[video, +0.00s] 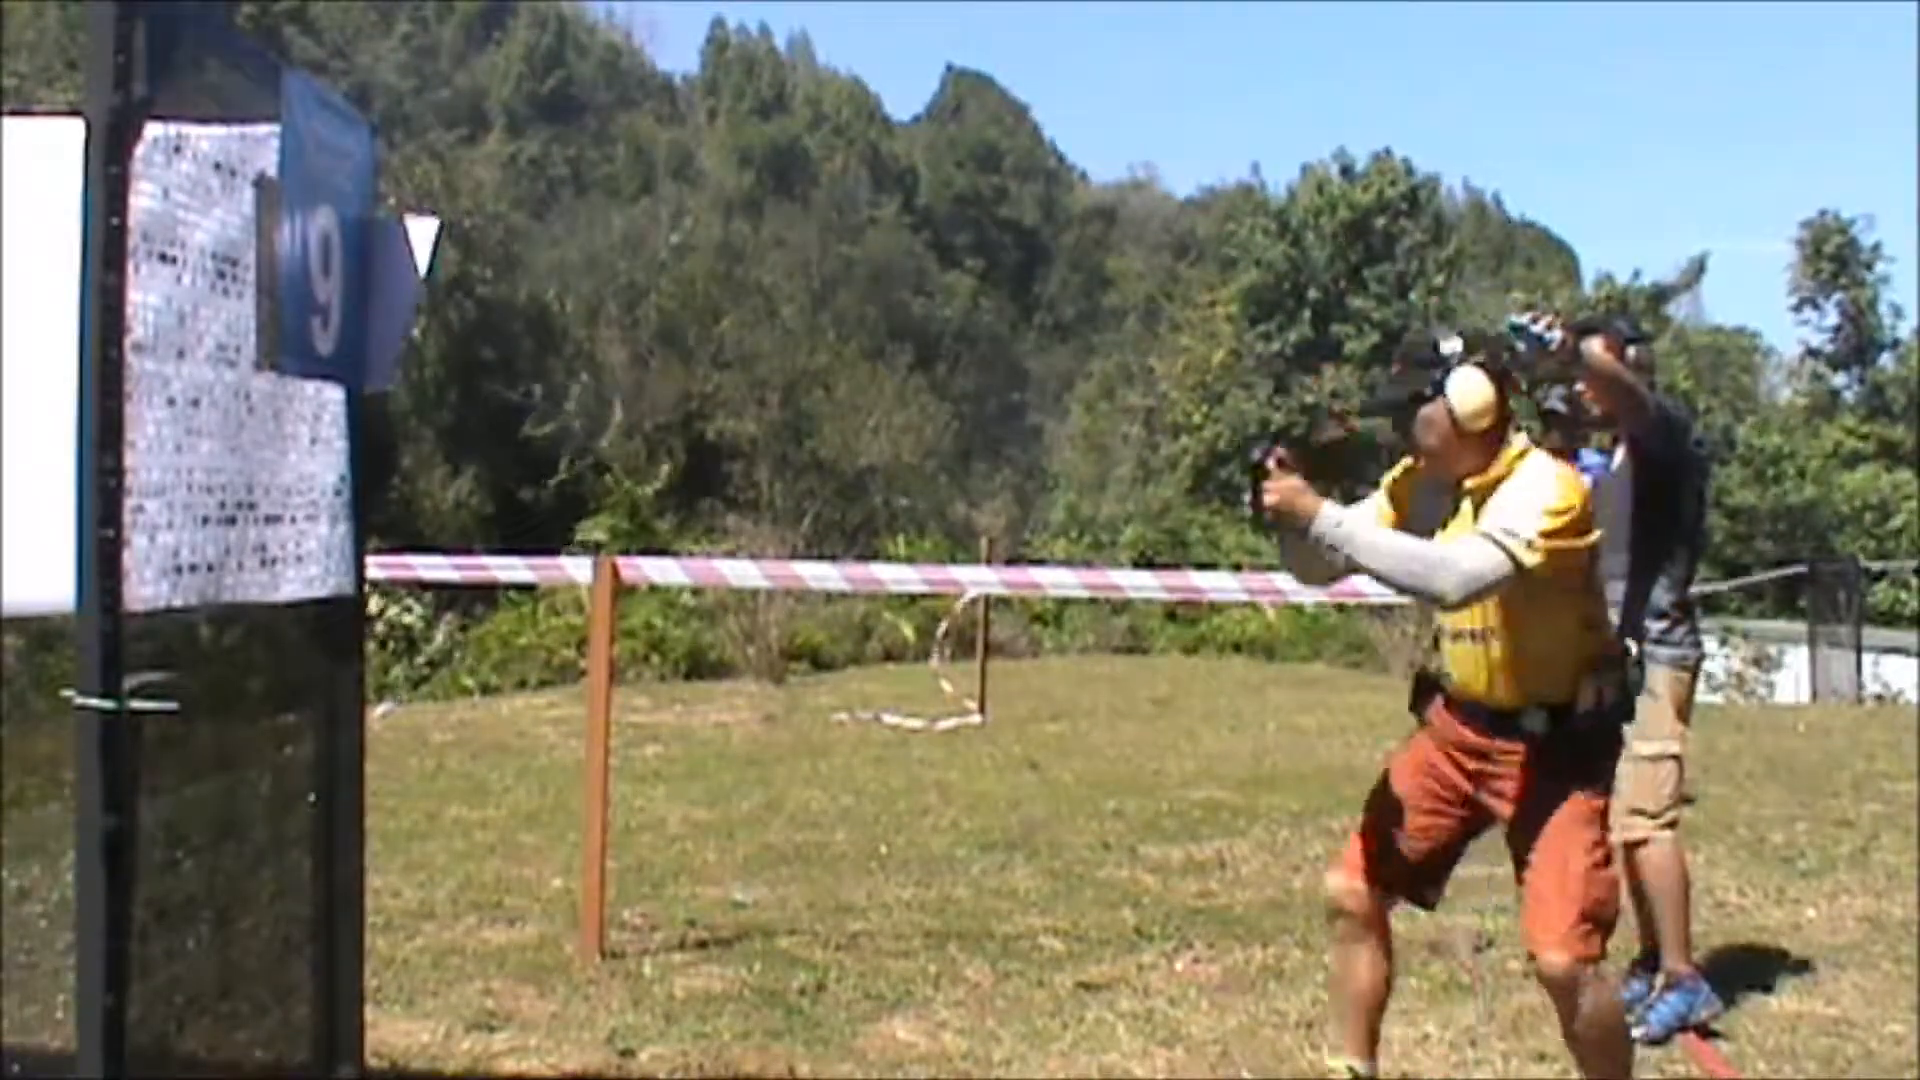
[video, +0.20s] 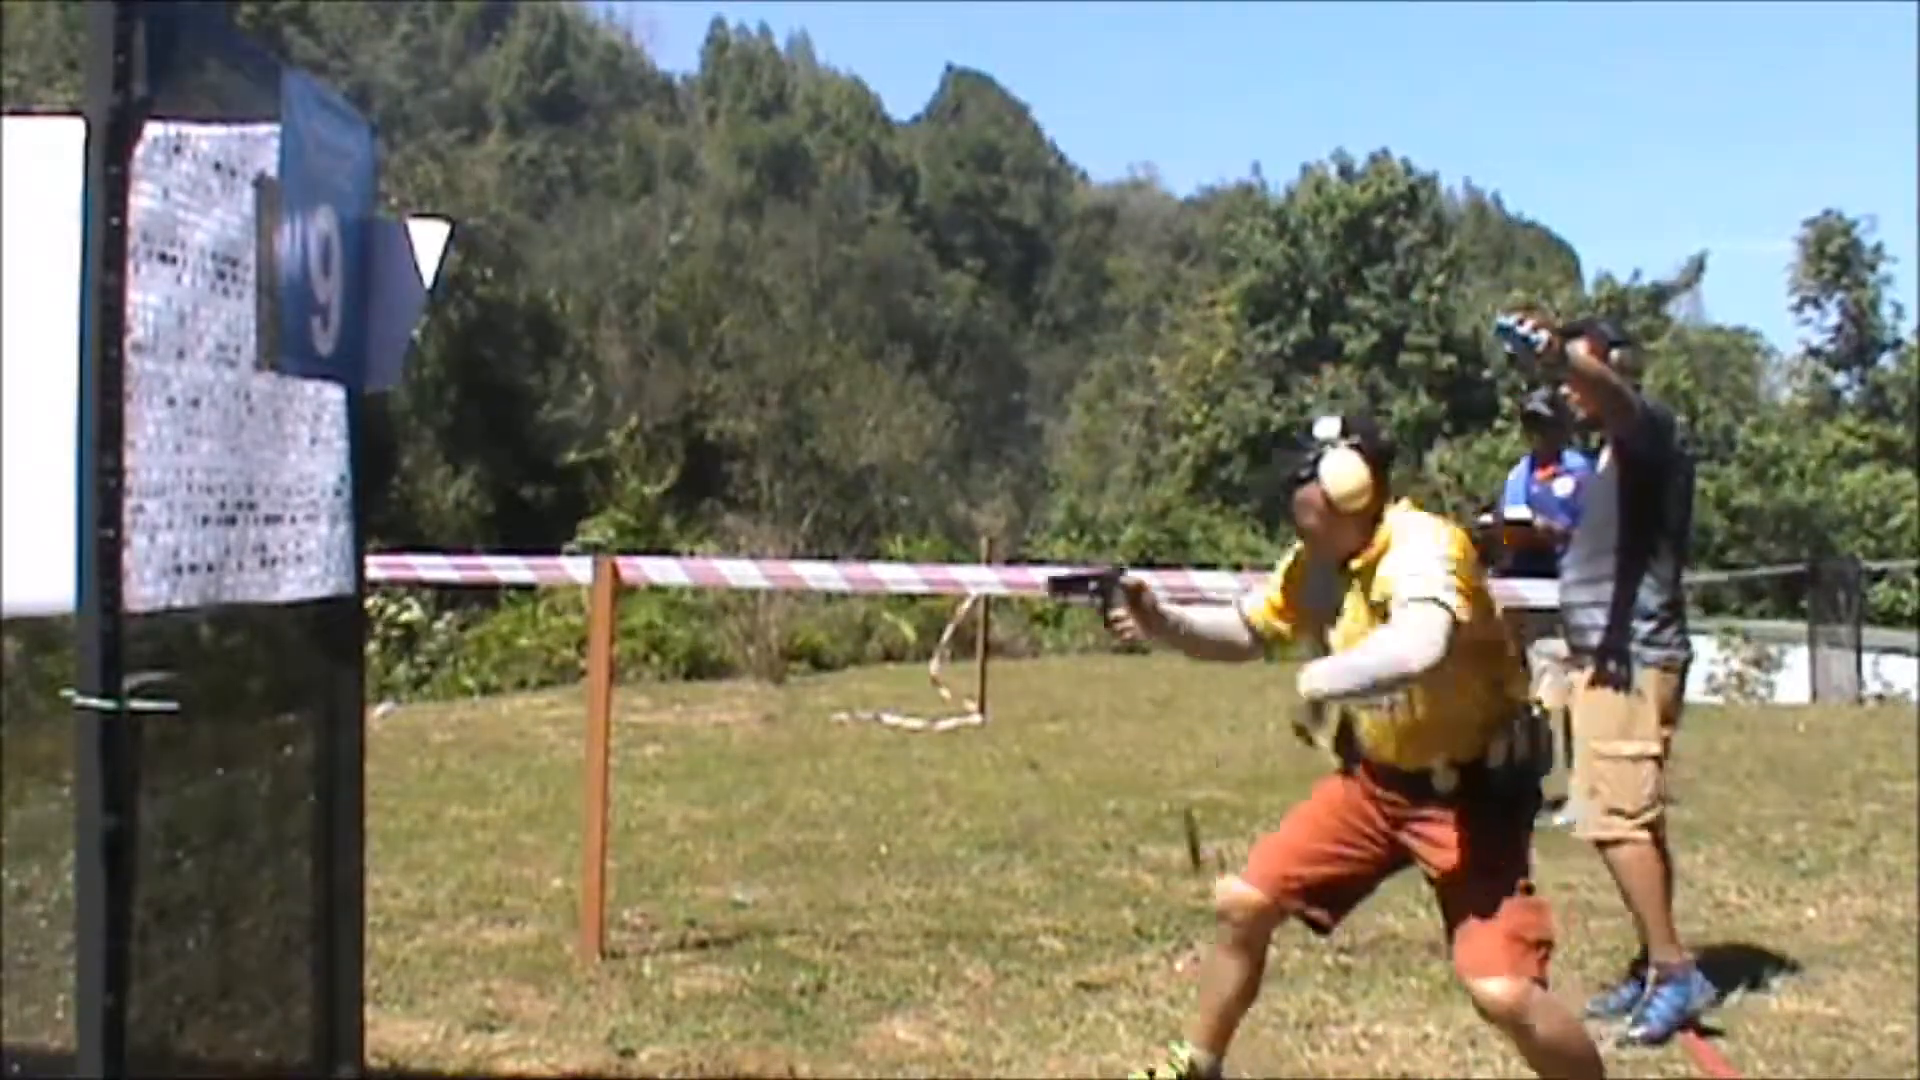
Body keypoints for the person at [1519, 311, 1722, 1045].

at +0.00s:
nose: (1581, 392)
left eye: (1595, 378)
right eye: (1579, 380)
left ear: (1631, 375)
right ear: (1584, 385)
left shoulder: (1670, 445)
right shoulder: (1599, 452)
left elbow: (1625, 387)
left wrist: (1573, 347)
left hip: (1658, 647)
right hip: (1608, 645)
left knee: (1646, 818)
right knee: (1624, 820)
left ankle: (1684, 977)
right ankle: (1652, 964)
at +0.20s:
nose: (1570, 393)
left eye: (1580, 377)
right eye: (1566, 381)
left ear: (1614, 371)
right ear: (1587, 378)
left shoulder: (1651, 438)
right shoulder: (1613, 450)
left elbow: (1614, 395)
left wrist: (1559, 351)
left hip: (1635, 658)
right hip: (1606, 655)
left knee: (1619, 819)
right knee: (1620, 819)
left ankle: (1674, 972)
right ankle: (1653, 964)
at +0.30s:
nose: (1557, 394)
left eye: (1567, 379)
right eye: (1554, 382)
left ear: (1603, 375)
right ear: (1591, 379)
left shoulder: (1640, 440)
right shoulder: (1604, 452)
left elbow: (1608, 402)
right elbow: (1594, 551)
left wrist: (1554, 351)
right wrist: (1526, 538)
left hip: (1623, 657)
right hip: (1614, 654)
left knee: (1584, 814)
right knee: (1630, 822)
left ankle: (1659, 960)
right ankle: (1652, 964)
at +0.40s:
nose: (1538, 397)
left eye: (1549, 383)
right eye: (1536, 384)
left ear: (1582, 379)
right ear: (1554, 386)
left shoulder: (1618, 442)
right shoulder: (1603, 452)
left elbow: (1590, 402)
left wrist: (1532, 358)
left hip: (1605, 656)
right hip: (1624, 656)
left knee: (1550, 810)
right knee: (1628, 816)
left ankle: (1596, 969)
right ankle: (1658, 965)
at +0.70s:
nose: (1456, 385)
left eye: (1467, 376)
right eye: (1455, 376)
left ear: (1500, 386)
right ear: (1471, 393)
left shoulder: (1530, 452)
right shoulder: (1485, 465)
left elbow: (1475, 411)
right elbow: (1474, 556)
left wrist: (1437, 379)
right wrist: (1443, 529)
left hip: (1515, 672)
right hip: (1533, 669)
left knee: (1456, 826)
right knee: (1576, 815)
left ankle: (1420, 979)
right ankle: (1654, 963)